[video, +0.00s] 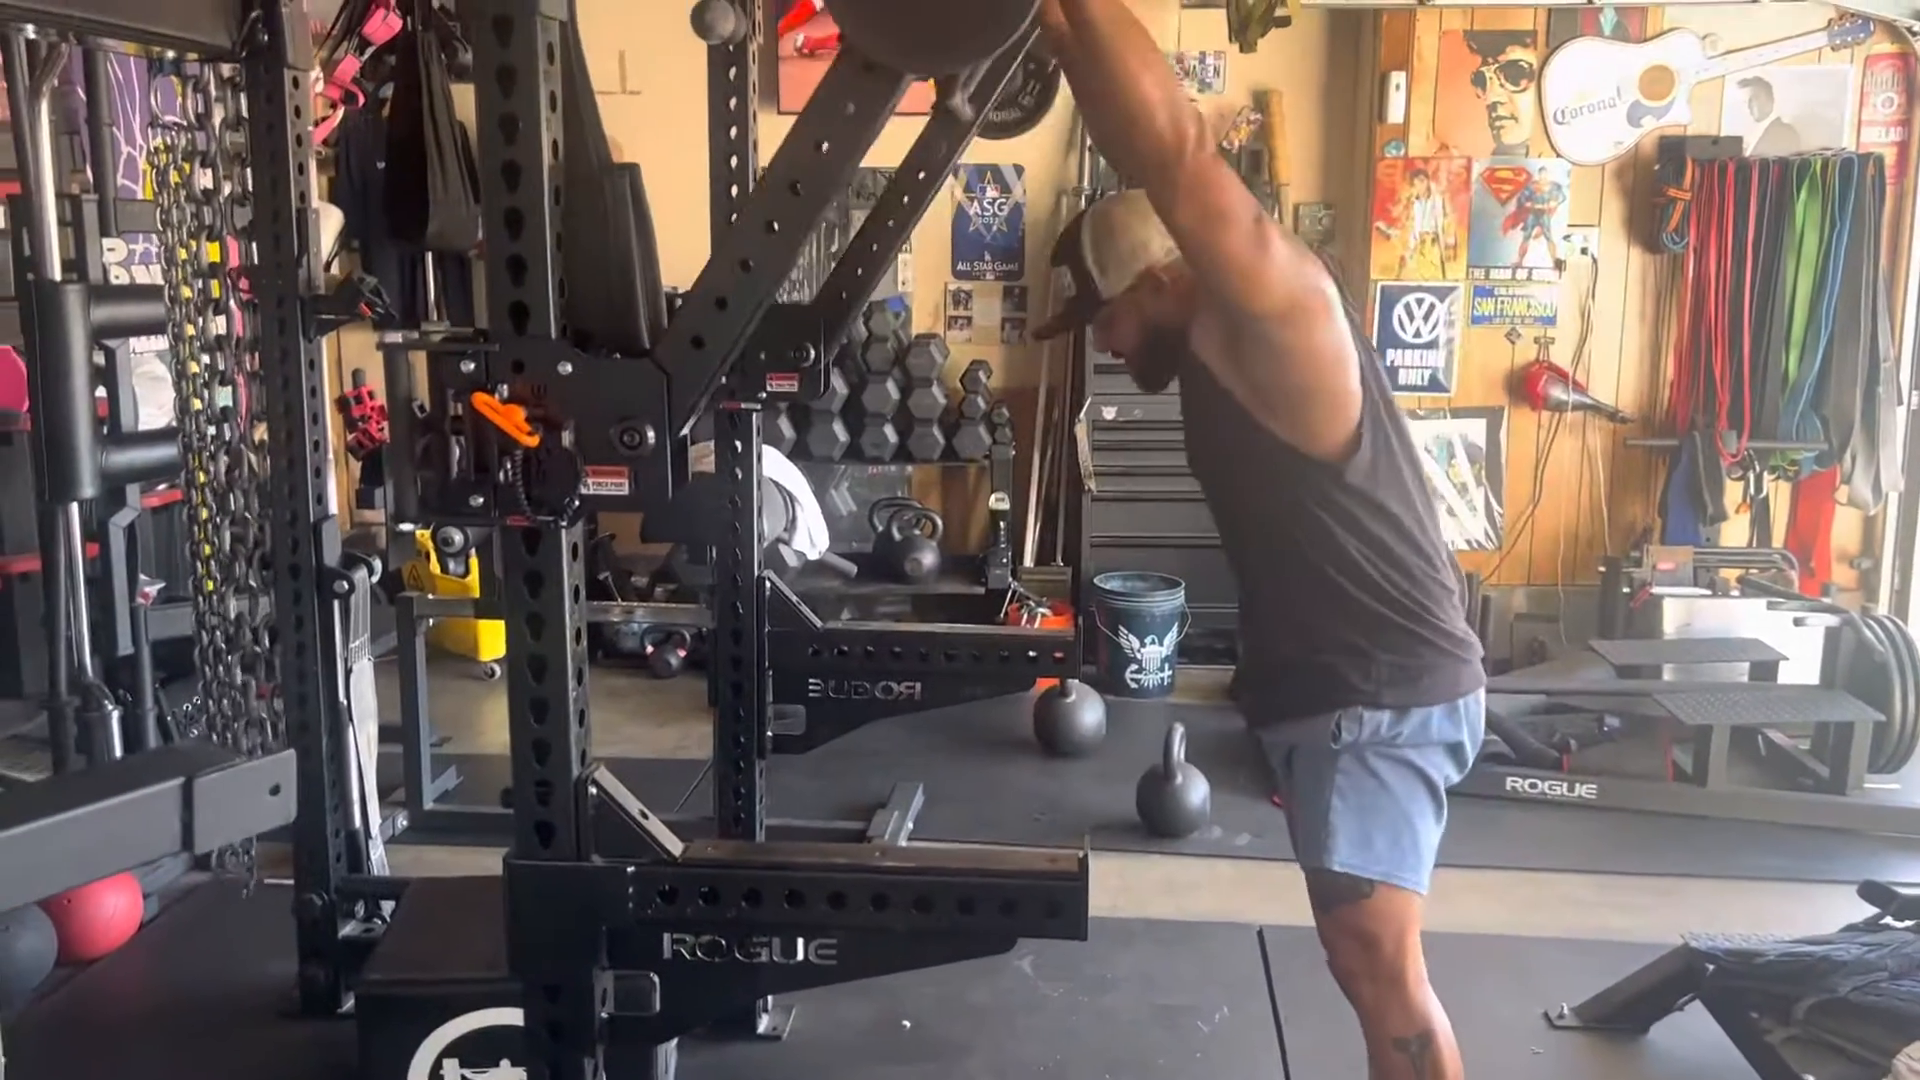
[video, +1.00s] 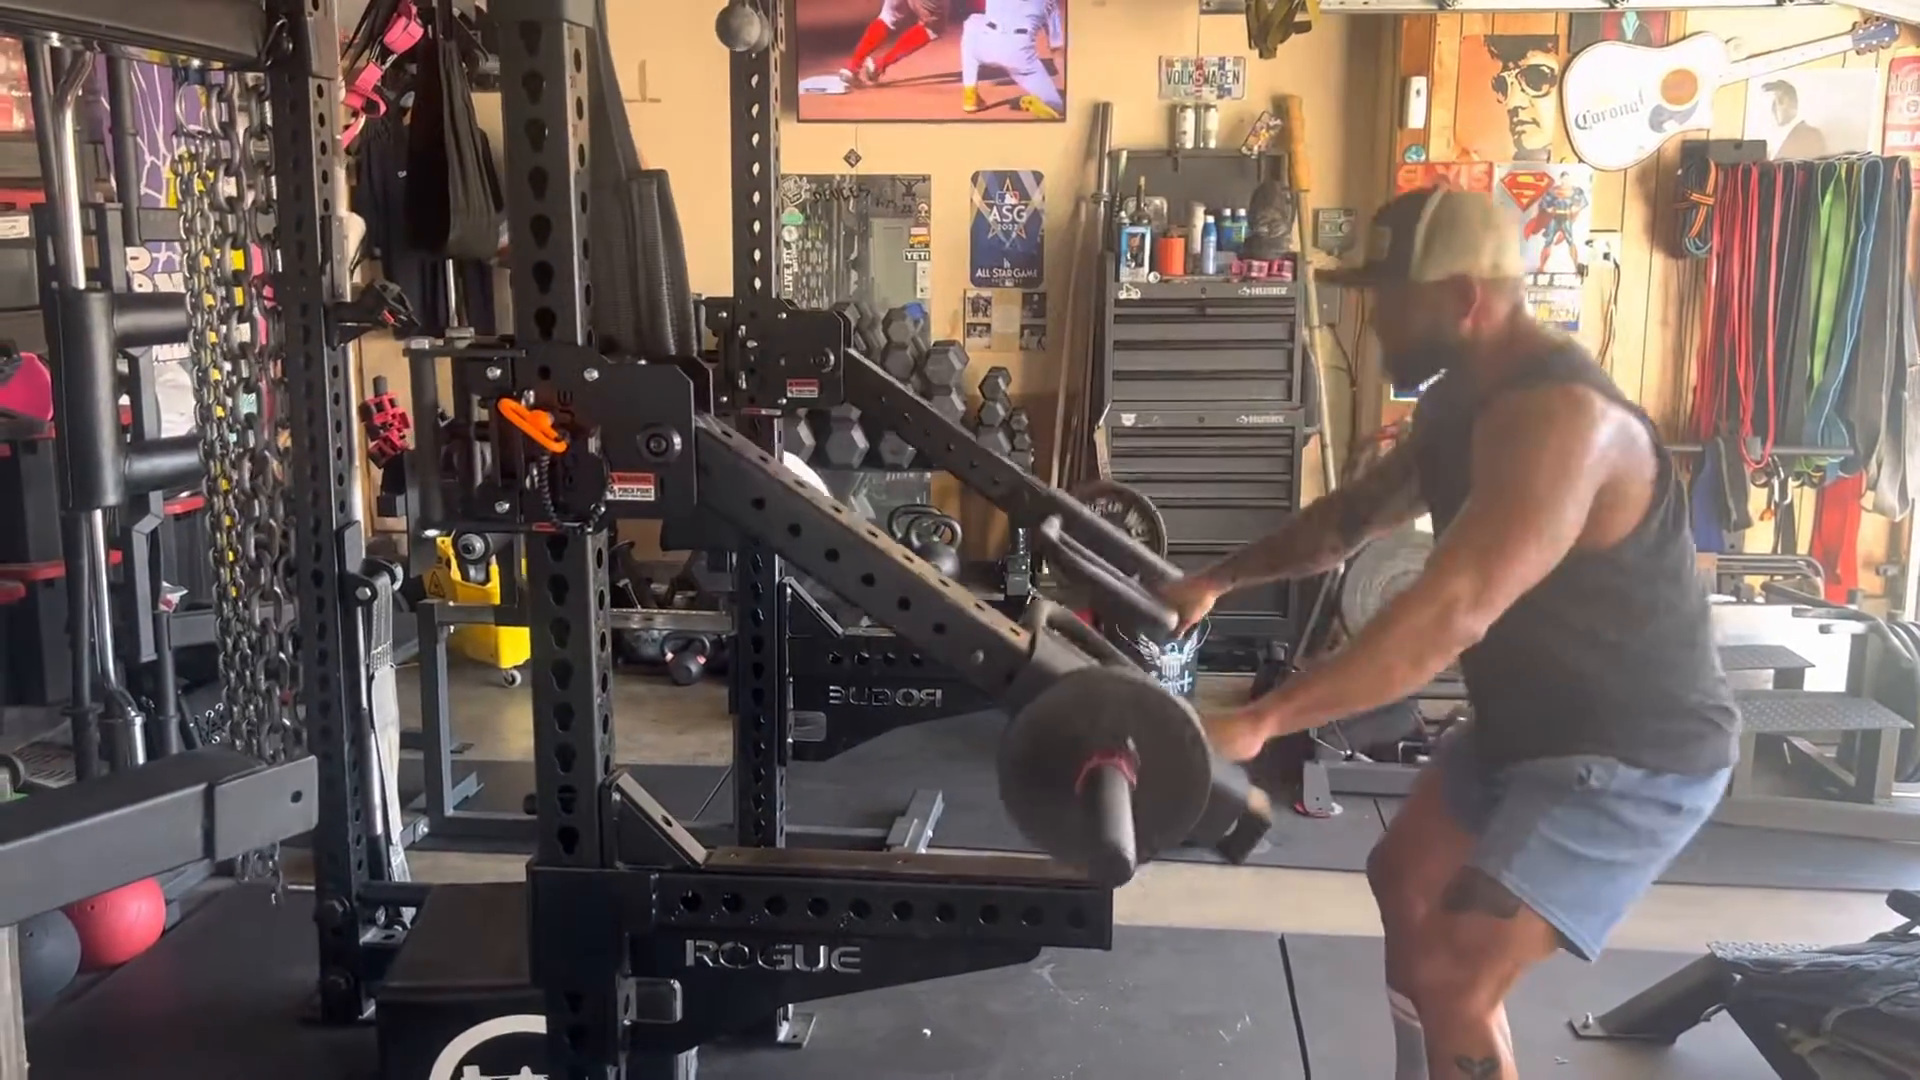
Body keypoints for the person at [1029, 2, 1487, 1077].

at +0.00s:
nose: (1106, 343)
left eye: (1107, 315)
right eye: (1096, 324)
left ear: (1159, 274)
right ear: (1159, 276)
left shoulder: (1270, 300)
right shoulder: (1226, 335)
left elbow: (1171, 145)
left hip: (1381, 693)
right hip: (1328, 687)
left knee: (1375, 959)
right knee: (1367, 951)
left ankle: (1420, 1068)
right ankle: (1408, 1061)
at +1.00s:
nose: (1372, 310)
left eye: (1388, 288)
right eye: (1373, 288)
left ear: (1467, 302)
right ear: (1466, 304)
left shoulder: (1559, 417)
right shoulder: (1462, 402)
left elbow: (1453, 608)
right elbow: (1350, 517)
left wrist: (1261, 718)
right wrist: (1216, 578)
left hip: (1629, 750)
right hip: (1523, 724)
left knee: (1453, 987)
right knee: (1405, 876)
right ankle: (1444, 1047)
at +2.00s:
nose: (1177, 253)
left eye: (1193, 228)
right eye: (1179, 230)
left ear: (1250, 221)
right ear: (1248, 227)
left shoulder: (1332, 290)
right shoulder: (1277, 304)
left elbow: (1311, 167)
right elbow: (1212, 196)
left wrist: (1189, 8)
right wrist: (1166, 98)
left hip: (1402, 696)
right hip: (1366, 692)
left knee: (1424, 971)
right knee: (1413, 962)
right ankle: (1438, 1069)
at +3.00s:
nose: (1420, 267)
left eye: (1433, 241)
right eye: (1419, 243)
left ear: (1516, 236)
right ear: (1514, 238)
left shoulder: (1606, 342)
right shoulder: (1518, 339)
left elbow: (1534, 510)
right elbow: (1422, 417)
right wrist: (1296, 461)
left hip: (1594, 715)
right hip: (1499, 693)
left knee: (1461, 950)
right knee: (1414, 862)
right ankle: (1441, 1056)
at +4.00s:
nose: (1192, 269)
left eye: (1202, 238)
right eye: (1185, 242)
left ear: (1270, 216)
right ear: (1270, 221)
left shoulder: (1372, 296)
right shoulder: (1301, 311)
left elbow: (1404, 229)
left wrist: (1267, 76)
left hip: (1386, 689)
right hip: (1342, 680)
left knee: (1408, 949)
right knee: (1388, 924)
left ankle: (1447, 1071)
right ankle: (1420, 1059)